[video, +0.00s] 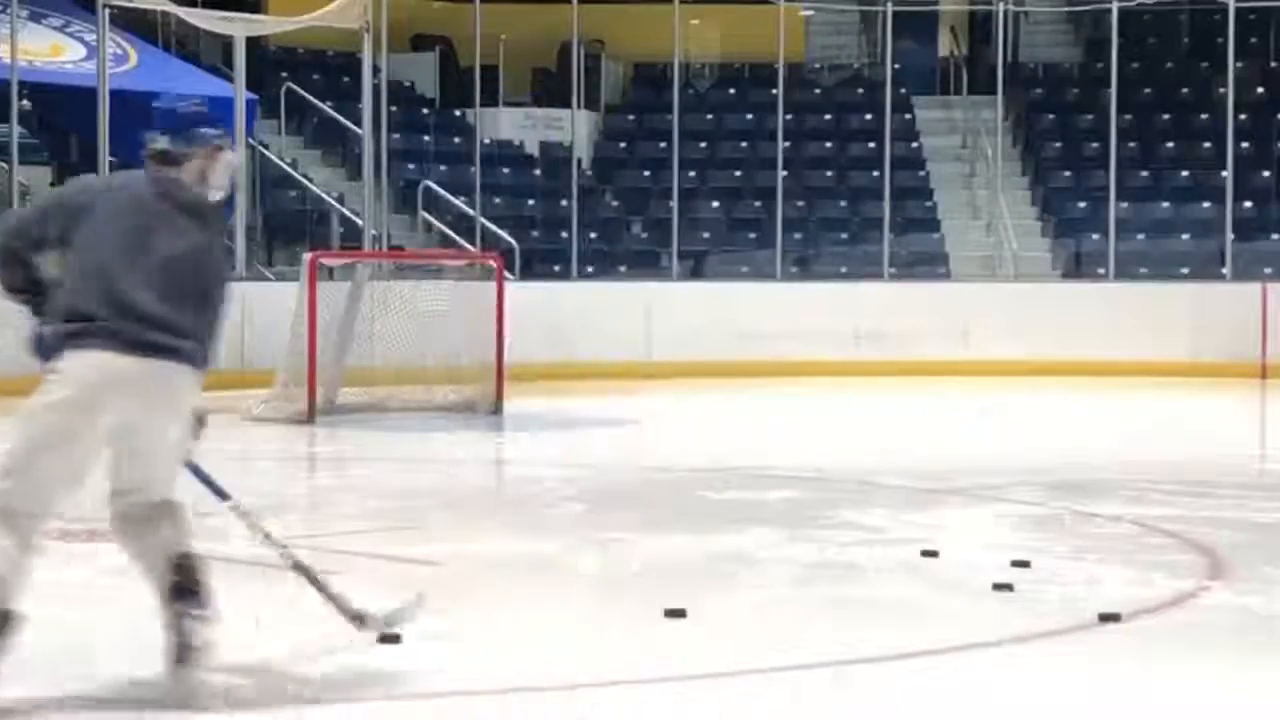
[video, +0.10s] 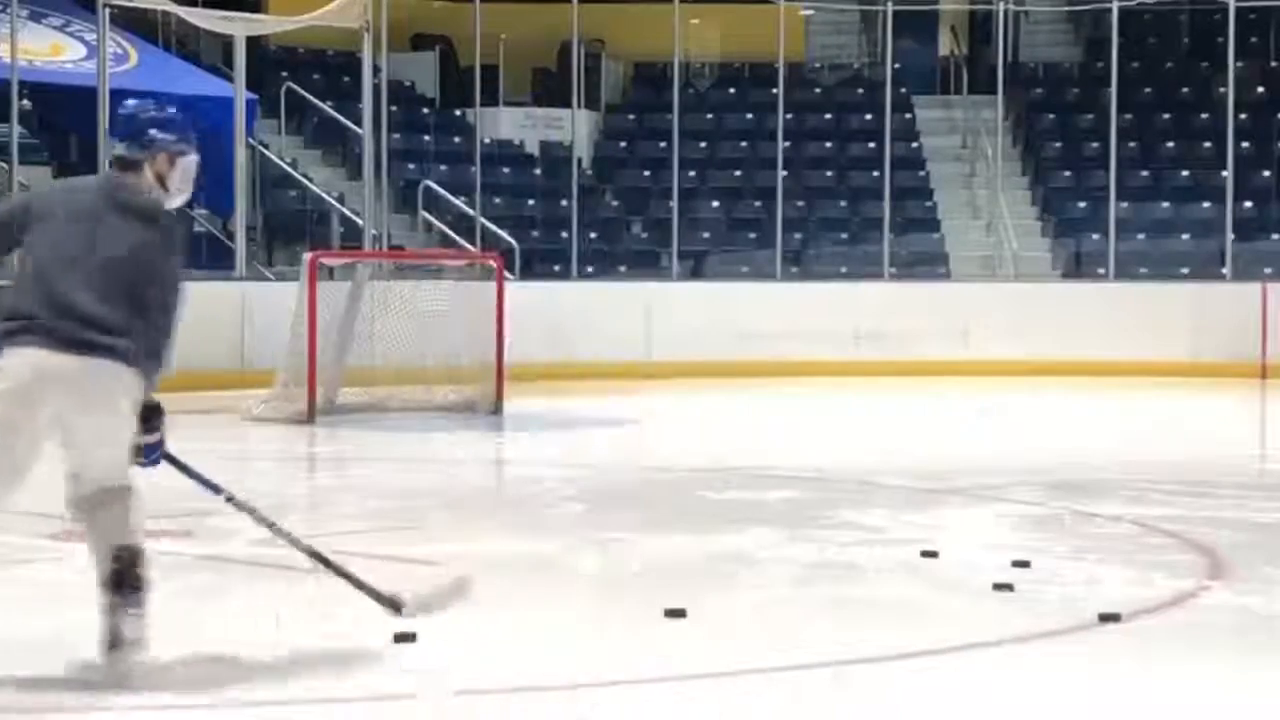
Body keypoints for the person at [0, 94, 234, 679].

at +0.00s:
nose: (221, 174)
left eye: (222, 161)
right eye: (216, 161)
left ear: (154, 155)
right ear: (195, 162)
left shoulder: (99, 192)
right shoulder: (212, 234)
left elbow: (11, 234)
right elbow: (202, 333)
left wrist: (39, 297)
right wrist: (192, 404)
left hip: (89, 366)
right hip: (169, 380)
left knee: (16, 504)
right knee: (146, 497)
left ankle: (5, 610)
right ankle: (183, 589)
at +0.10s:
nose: (184, 179)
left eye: (186, 167)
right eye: (179, 166)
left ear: (121, 159)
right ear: (154, 163)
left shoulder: (55, 196)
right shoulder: (162, 230)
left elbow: (3, 228)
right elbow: (156, 324)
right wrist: (145, 397)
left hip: (23, 362)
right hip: (106, 373)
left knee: (3, 483)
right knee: (106, 487)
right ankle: (124, 595)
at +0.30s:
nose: (157, 196)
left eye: (163, 183)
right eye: (152, 180)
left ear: (103, 169)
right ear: (119, 173)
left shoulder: (32, 205)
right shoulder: (114, 245)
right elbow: (122, 350)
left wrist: (75, 348)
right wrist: (148, 418)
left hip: (2, 344)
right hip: (40, 357)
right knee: (81, 461)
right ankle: (87, 579)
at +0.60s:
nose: (189, 210)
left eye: (193, 199)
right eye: (188, 197)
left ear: (142, 182)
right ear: (172, 191)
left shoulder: (94, 209)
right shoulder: (137, 248)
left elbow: (69, 274)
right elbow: (154, 342)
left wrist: (104, 336)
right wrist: (187, 409)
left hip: (8, 320)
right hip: (48, 335)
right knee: (102, 438)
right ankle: (118, 548)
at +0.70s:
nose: (197, 214)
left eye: (202, 203)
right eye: (197, 201)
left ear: (154, 185)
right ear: (181, 196)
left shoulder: (106, 214)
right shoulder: (151, 253)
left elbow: (85, 275)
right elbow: (166, 339)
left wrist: (117, 332)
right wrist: (197, 402)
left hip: (9, 314)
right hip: (58, 331)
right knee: (109, 431)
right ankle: (129, 541)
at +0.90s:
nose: (217, 219)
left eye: (220, 208)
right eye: (218, 207)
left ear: (171, 190)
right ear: (206, 202)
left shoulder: (125, 210)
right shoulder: (177, 251)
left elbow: (75, 241)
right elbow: (146, 327)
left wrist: (82, 296)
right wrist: (149, 385)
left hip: (45, 318)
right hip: (100, 338)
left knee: (22, 433)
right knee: (114, 441)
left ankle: (0, 521)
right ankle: (132, 510)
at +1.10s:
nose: (239, 228)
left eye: (240, 220)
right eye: (239, 220)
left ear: (203, 203)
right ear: (231, 217)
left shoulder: (162, 219)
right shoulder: (227, 255)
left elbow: (102, 241)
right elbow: (204, 299)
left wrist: (125, 280)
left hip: (103, 329)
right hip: (147, 348)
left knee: (108, 421)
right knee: (138, 449)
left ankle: (97, 483)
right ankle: (106, 508)